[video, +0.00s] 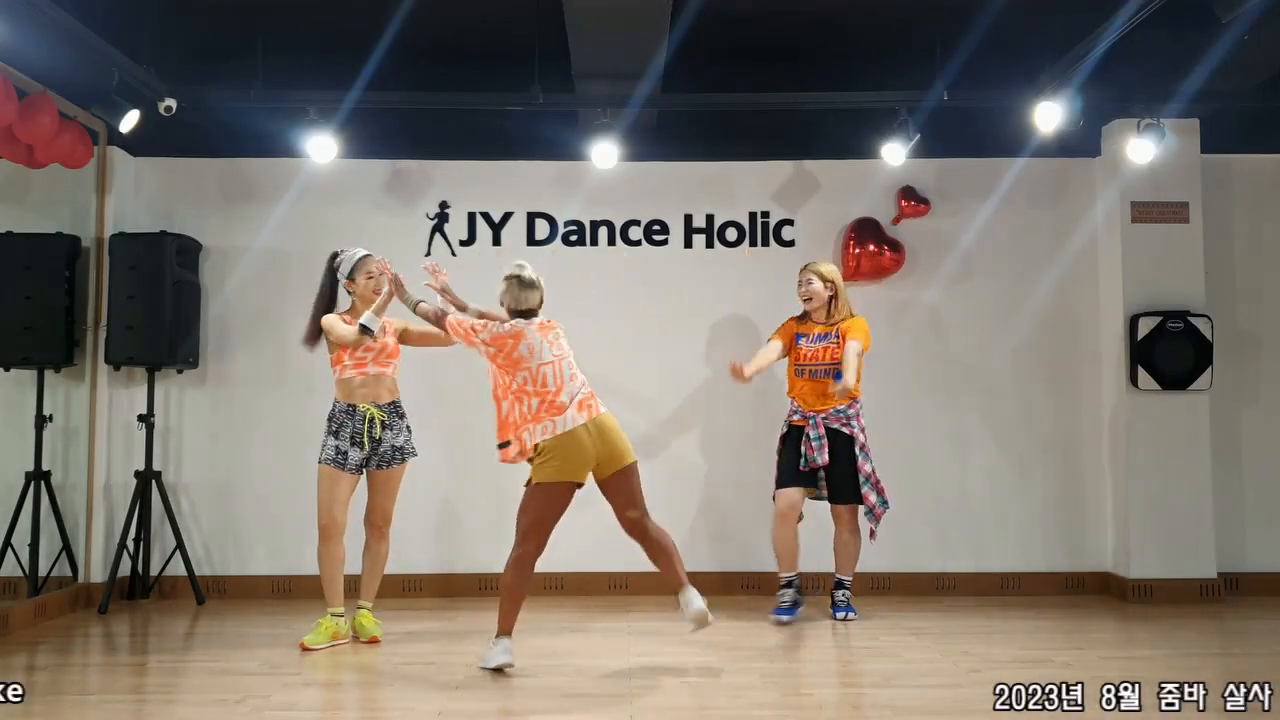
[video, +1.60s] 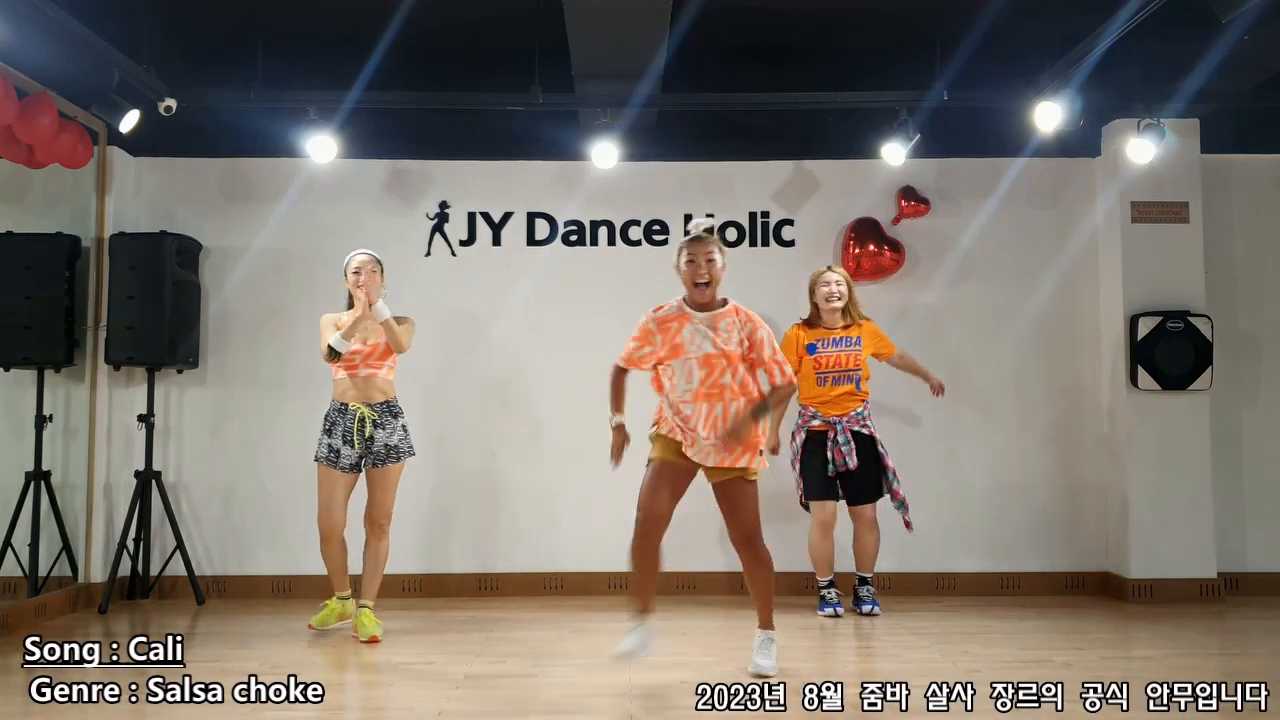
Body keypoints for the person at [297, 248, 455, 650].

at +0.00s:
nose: (380, 282)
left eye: (383, 276)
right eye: (369, 276)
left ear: (389, 284)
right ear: (349, 285)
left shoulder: (395, 326)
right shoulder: (332, 321)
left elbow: (450, 336)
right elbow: (354, 338)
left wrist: (445, 300)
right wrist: (385, 300)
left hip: (391, 424)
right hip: (345, 424)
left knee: (379, 525)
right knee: (330, 525)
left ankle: (364, 611)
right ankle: (335, 617)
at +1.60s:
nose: (364, 277)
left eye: (372, 271)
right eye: (356, 272)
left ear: (382, 281)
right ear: (346, 282)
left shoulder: (399, 324)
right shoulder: (332, 320)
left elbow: (400, 346)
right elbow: (330, 351)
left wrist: (382, 315)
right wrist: (357, 317)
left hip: (386, 424)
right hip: (341, 423)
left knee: (378, 523)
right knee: (330, 526)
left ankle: (366, 608)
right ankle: (341, 599)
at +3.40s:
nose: (416, 294)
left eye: (423, 287)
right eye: (409, 288)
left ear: (434, 293)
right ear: (399, 294)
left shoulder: (451, 331)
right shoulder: (390, 331)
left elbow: (496, 344)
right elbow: (349, 347)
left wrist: (482, 333)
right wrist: (370, 337)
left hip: (450, 430)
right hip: (404, 432)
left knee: (449, 521)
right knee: (407, 524)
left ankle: (444, 602)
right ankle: (412, 604)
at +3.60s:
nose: (456, 300)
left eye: (462, 294)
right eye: (448, 294)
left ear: (472, 300)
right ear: (436, 301)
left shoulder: (483, 343)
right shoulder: (422, 343)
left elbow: (508, 378)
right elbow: (384, 375)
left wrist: (512, 379)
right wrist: (384, 384)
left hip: (470, 438)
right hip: (426, 438)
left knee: (508, 518)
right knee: (403, 530)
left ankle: (520, 603)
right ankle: (412, 606)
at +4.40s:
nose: (419, 286)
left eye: (427, 280)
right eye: (413, 280)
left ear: (439, 287)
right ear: (404, 287)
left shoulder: (455, 329)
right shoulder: (390, 330)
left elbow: (491, 370)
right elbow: (351, 358)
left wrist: (457, 347)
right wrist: (342, 363)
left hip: (444, 428)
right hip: (400, 428)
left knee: (468, 518)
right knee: (377, 521)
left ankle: (489, 601)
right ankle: (380, 608)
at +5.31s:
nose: (316, 291)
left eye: (326, 285)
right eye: (311, 284)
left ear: (343, 294)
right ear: (304, 293)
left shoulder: (357, 335)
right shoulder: (300, 341)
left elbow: (395, 366)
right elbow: (268, 380)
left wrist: (358, 359)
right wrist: (264, 369)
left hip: (364, 435)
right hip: (321, 440)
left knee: (397, 529)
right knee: (278, 528)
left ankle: (427, 606)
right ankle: (279, 613)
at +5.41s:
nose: (342, 295)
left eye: (351, 288)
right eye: (335, 289)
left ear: (365, 296)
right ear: (327, 298)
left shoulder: (385, 343)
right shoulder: (320, 347)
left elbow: (424, 389)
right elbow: (298, 395)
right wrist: (285, 411)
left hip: (380, 440)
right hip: (335, 441)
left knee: (401, 534)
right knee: (286, 526)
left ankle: (423, 611)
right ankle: (278, 613)